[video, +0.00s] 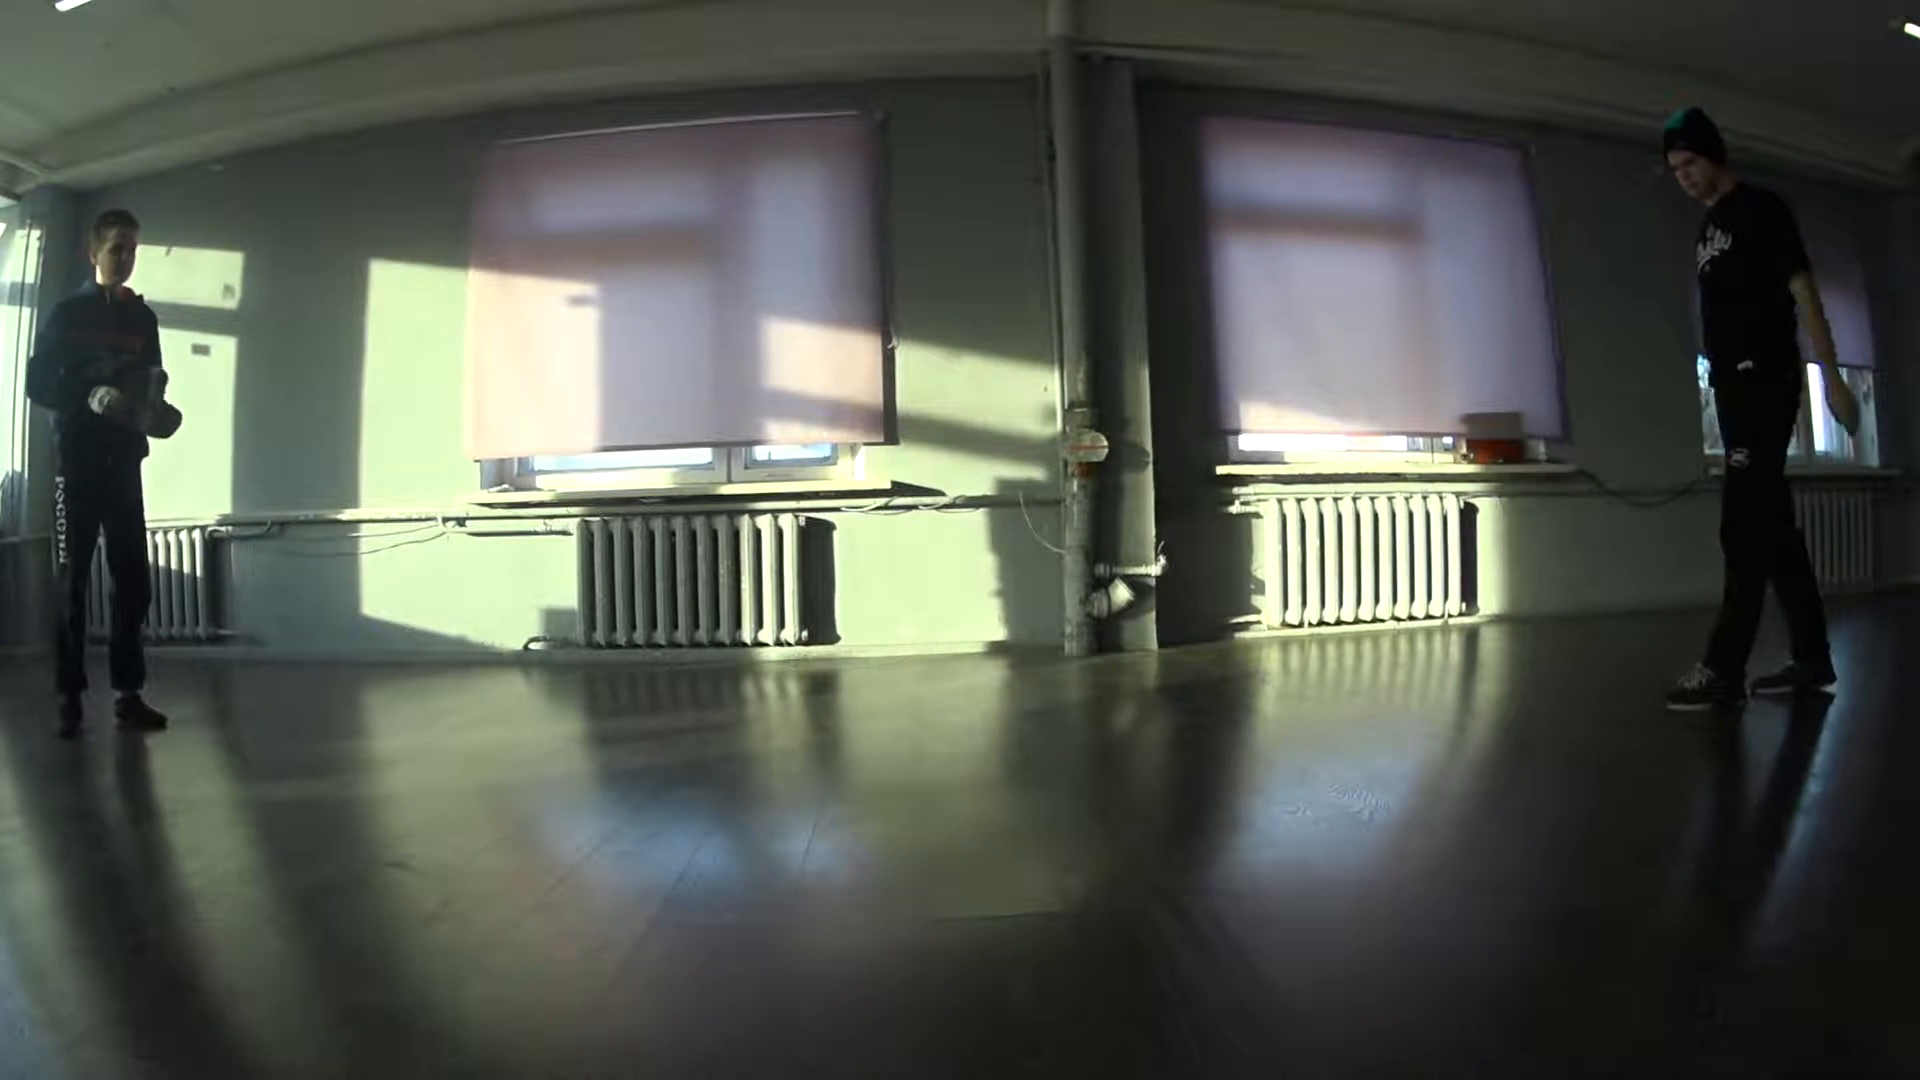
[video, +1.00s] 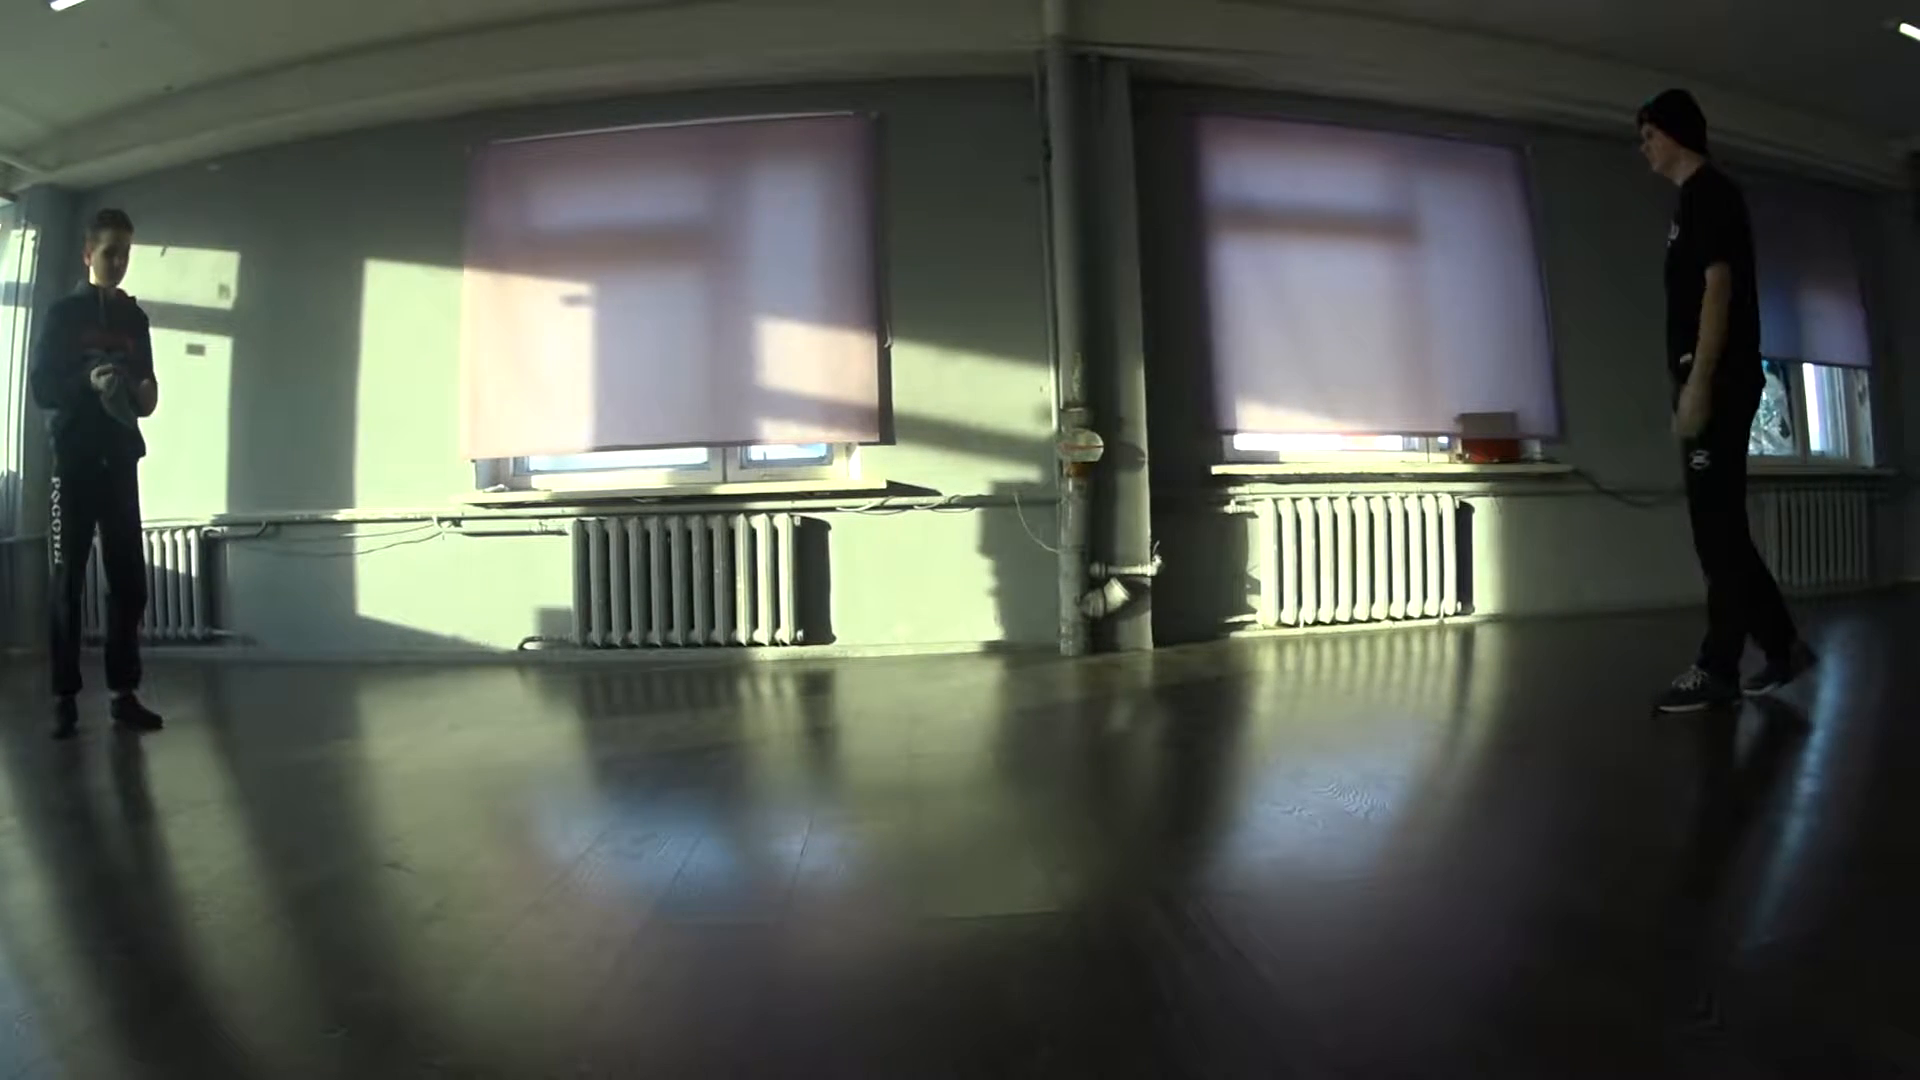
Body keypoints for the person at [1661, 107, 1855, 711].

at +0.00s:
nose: (1684, 176)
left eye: (1690, 163)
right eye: (1676, 169)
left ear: (1717, 157)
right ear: (1675, 173)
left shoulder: (1762, 209)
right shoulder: (1710, 223)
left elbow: (1806, 298)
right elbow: (1725, 311)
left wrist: (1833, 379)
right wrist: (1720, 389)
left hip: (1768, 384)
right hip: (1736, 387)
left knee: (1742, 526)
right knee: (1773, 526)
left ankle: (1723, 672)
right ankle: (1813, 661)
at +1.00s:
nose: (1645, 149)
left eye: (1650, 137)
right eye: (1643, 139)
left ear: (1676, 136)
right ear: (1680, 137)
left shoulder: (1709, 196)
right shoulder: (1699, 196)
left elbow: (1719, 295)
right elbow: (1712, 296)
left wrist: (1699, 386)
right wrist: (1694, 379)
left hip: (1722, 381)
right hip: (1716, 380)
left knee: (1716, 528)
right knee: (1722, 525)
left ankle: (1717, 670)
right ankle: (1783, 649)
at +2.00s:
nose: (1707, 172)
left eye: (1709, 161)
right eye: (1708, 161)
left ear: (1725, 158)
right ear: (1755, 157)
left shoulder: (1742, 206)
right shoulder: (1779, 207)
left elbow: (1736, 295)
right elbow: (1782, 307)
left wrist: (1711, 379)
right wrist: (1737, 373)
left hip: (1757, 387)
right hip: (1791, 387)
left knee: (1736, 525)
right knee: (1790, 525)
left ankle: (1718, 659)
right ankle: (1803, 665)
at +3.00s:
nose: (1632, 152)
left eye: (1636, 139)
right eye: (1629, 141)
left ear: (1665, 136)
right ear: (1666, 138)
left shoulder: (1696, 194)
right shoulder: (1685, 194)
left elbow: (1706, 287)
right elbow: (1688, 298)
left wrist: (1684, 385)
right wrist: (1668, 377)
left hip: (1721, 380)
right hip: (1716, 379)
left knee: (1712, 527)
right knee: (1746, 519)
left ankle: (1709, 675)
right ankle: (1795, 658)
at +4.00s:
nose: (1331, 158)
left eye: (1337, 143)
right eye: (1325, 149)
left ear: (1370, 132)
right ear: (1336, 152)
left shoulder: (1435, 185)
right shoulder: (1365, 213)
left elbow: (1480, 280)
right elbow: (1379, 307)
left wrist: (1436, 369)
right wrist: (1379, 382)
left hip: (1473, 386)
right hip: (1412, 393)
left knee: (1514, 525)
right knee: (1412, 542)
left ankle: (1602, 639)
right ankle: (1423, 691)